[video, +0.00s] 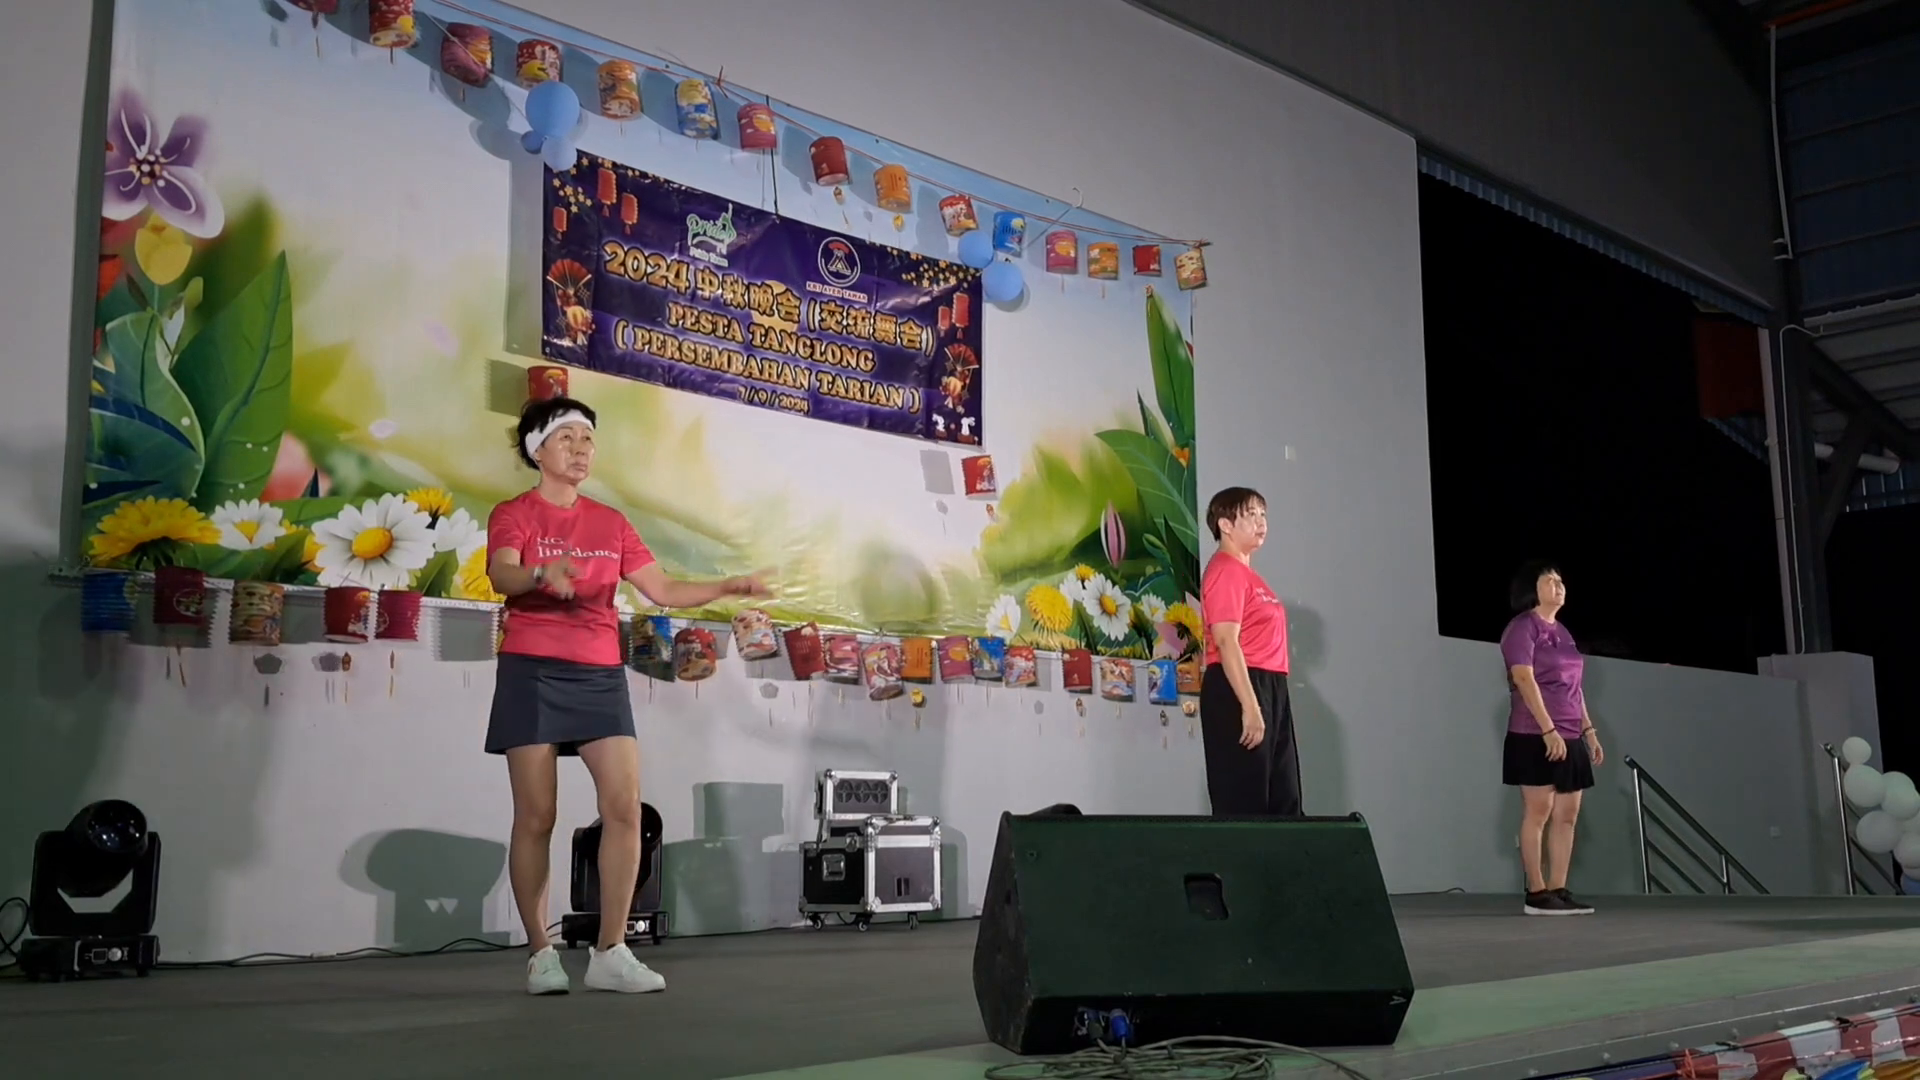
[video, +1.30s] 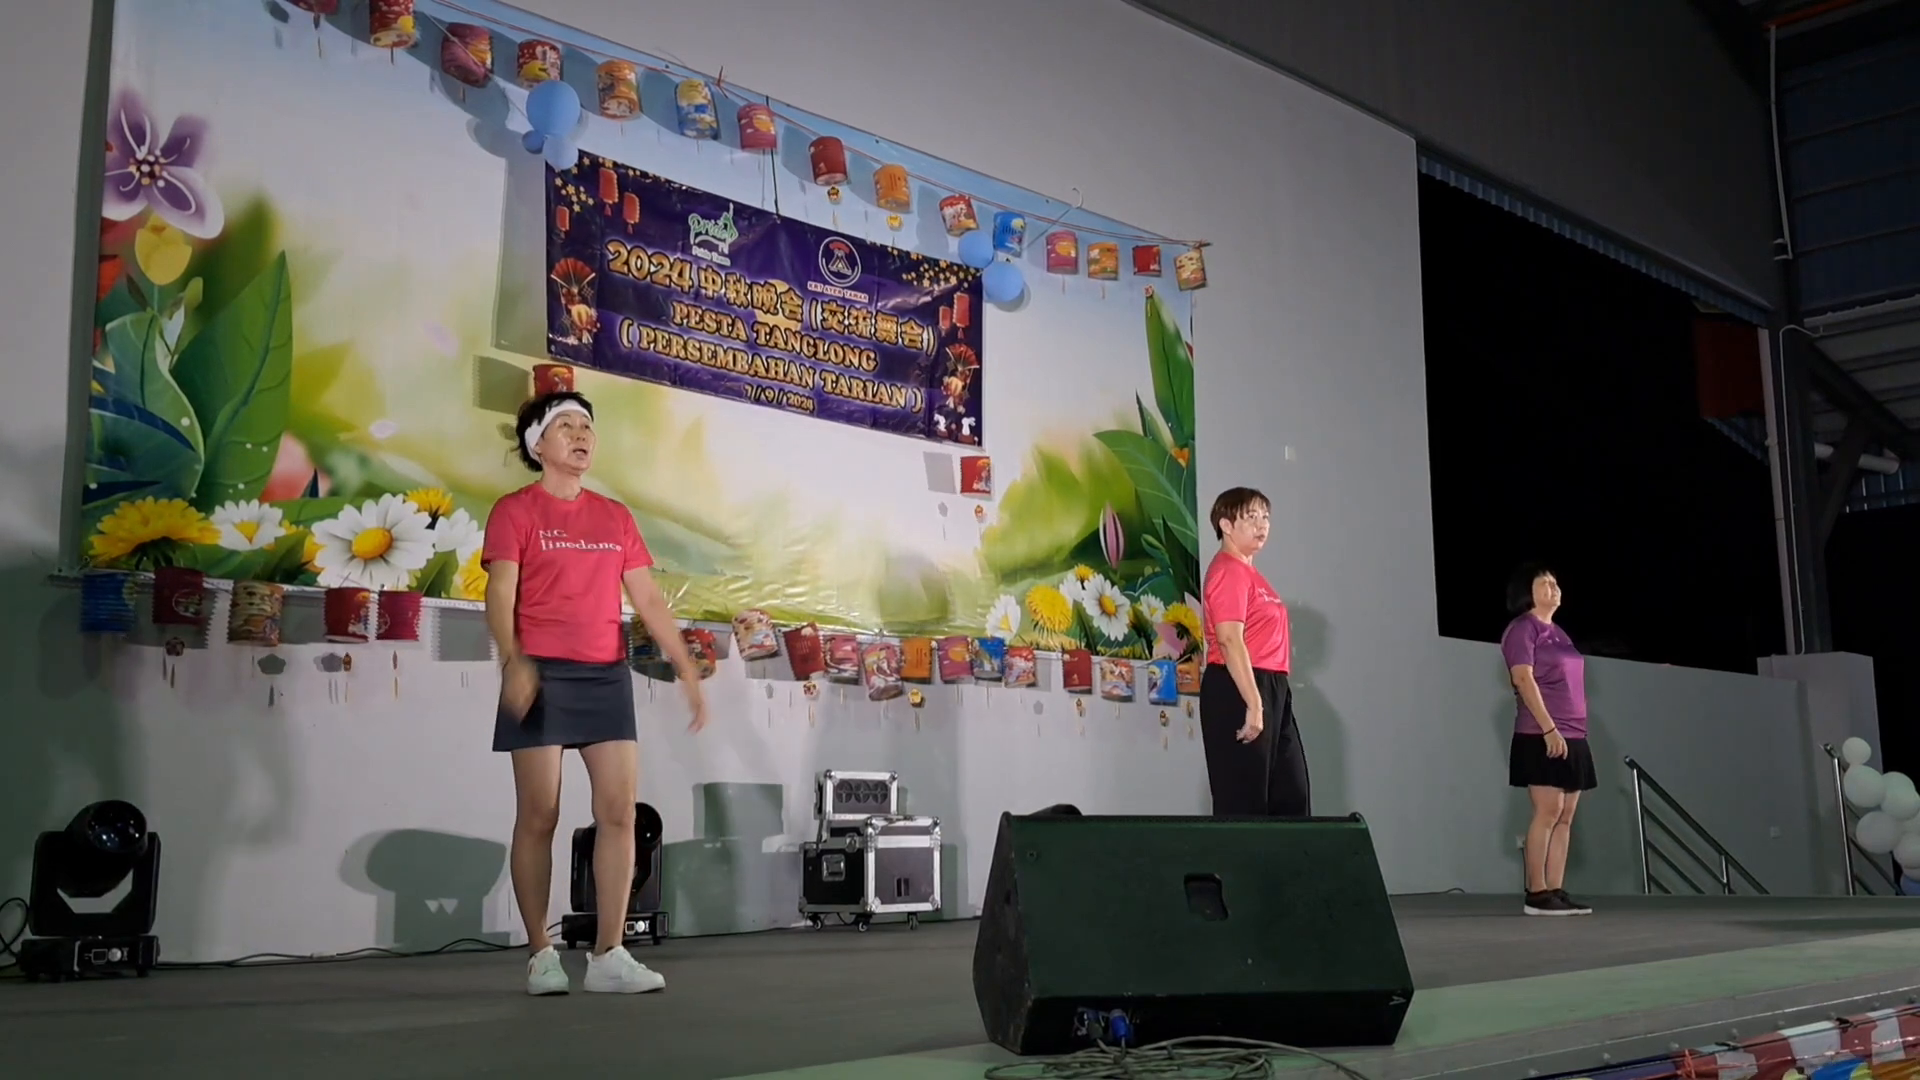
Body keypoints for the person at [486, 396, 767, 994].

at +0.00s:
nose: (580, 448)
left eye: (587, 438)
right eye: (566, 438)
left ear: (593, 450)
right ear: (536, 450)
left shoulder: (611, 523)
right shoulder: (513, 516)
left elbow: (664, 591)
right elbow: (503, 580)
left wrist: (731, 586)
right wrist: (540, 577)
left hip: (600, 676)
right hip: (530, 674)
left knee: (624, 807)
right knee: (536, 816)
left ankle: (610, 950)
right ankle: (542, 950)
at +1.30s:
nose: (581, 438)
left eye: (586, 430)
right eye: (568, 428)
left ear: (593, 444)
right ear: (537, 442)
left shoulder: (616, 517)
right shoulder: (515, 512)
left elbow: (648, 599)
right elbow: (500, 595)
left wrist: (686, 668)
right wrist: (512, 661)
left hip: (607, 677)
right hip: (538, 674)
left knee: (619, 810)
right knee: (539, 813)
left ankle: (610, 952)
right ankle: (541, 950)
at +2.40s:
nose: (592, 466)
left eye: (599, 455)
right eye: (580, 454)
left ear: (606, 461)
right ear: (546, 457)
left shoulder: (619, 526)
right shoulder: (507, 528)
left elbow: (645, 607)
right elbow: (484, 616)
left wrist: (667, 608)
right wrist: (438, 656)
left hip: (604, 684)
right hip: (530, 683)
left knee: (623, 809)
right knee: (531, 827)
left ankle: (594, 951)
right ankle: (512, 930)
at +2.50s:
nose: (584, 482)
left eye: (594, 472)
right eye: (572, 469)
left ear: (601, 478)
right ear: (544, 470)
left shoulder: (615, 539)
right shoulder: (504, 540)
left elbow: (634, 623)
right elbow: (477, 632)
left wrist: (627, 649)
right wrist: (427, 704)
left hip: (596, 697)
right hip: (519, 696)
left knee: (624, 811)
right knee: (510, 836)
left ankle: (593, 949)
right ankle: (503, 945)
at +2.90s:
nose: (602, 493)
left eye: (612, 484)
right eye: (591, 480)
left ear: (619, 491)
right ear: (562, 484)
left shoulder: (620, 550)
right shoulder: (518, 544)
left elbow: (653, 613)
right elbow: (490, 621)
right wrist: (457, 682)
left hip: (586, 709)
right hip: (511, 703)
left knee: (641, 808)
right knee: (507, 839)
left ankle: (635, 950)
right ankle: (506, 947)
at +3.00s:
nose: (623, 491)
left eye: (631, 481)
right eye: (611, 478)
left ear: (636, 487)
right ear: (578, 480)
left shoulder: (640, 548)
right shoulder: (531, 543)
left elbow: (706, 596)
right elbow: (492, 615)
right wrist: (448, 684)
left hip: (596, 708)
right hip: (520, 701)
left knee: (654, 809)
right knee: (514, 841)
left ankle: (638, 954)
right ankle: (506, 948)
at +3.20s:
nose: (683, 486)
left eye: (686, 476)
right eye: (673, 473)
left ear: (675, 481)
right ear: (637, 473)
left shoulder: (681, 545)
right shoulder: (579, 534)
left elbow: (740, 591)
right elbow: (519, 607)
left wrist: (795, 625)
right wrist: (498, 688)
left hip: (638, 704)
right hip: (568, 700)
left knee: (691, 812)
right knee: (551, 841)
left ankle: (643, 955)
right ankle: (505, 934)